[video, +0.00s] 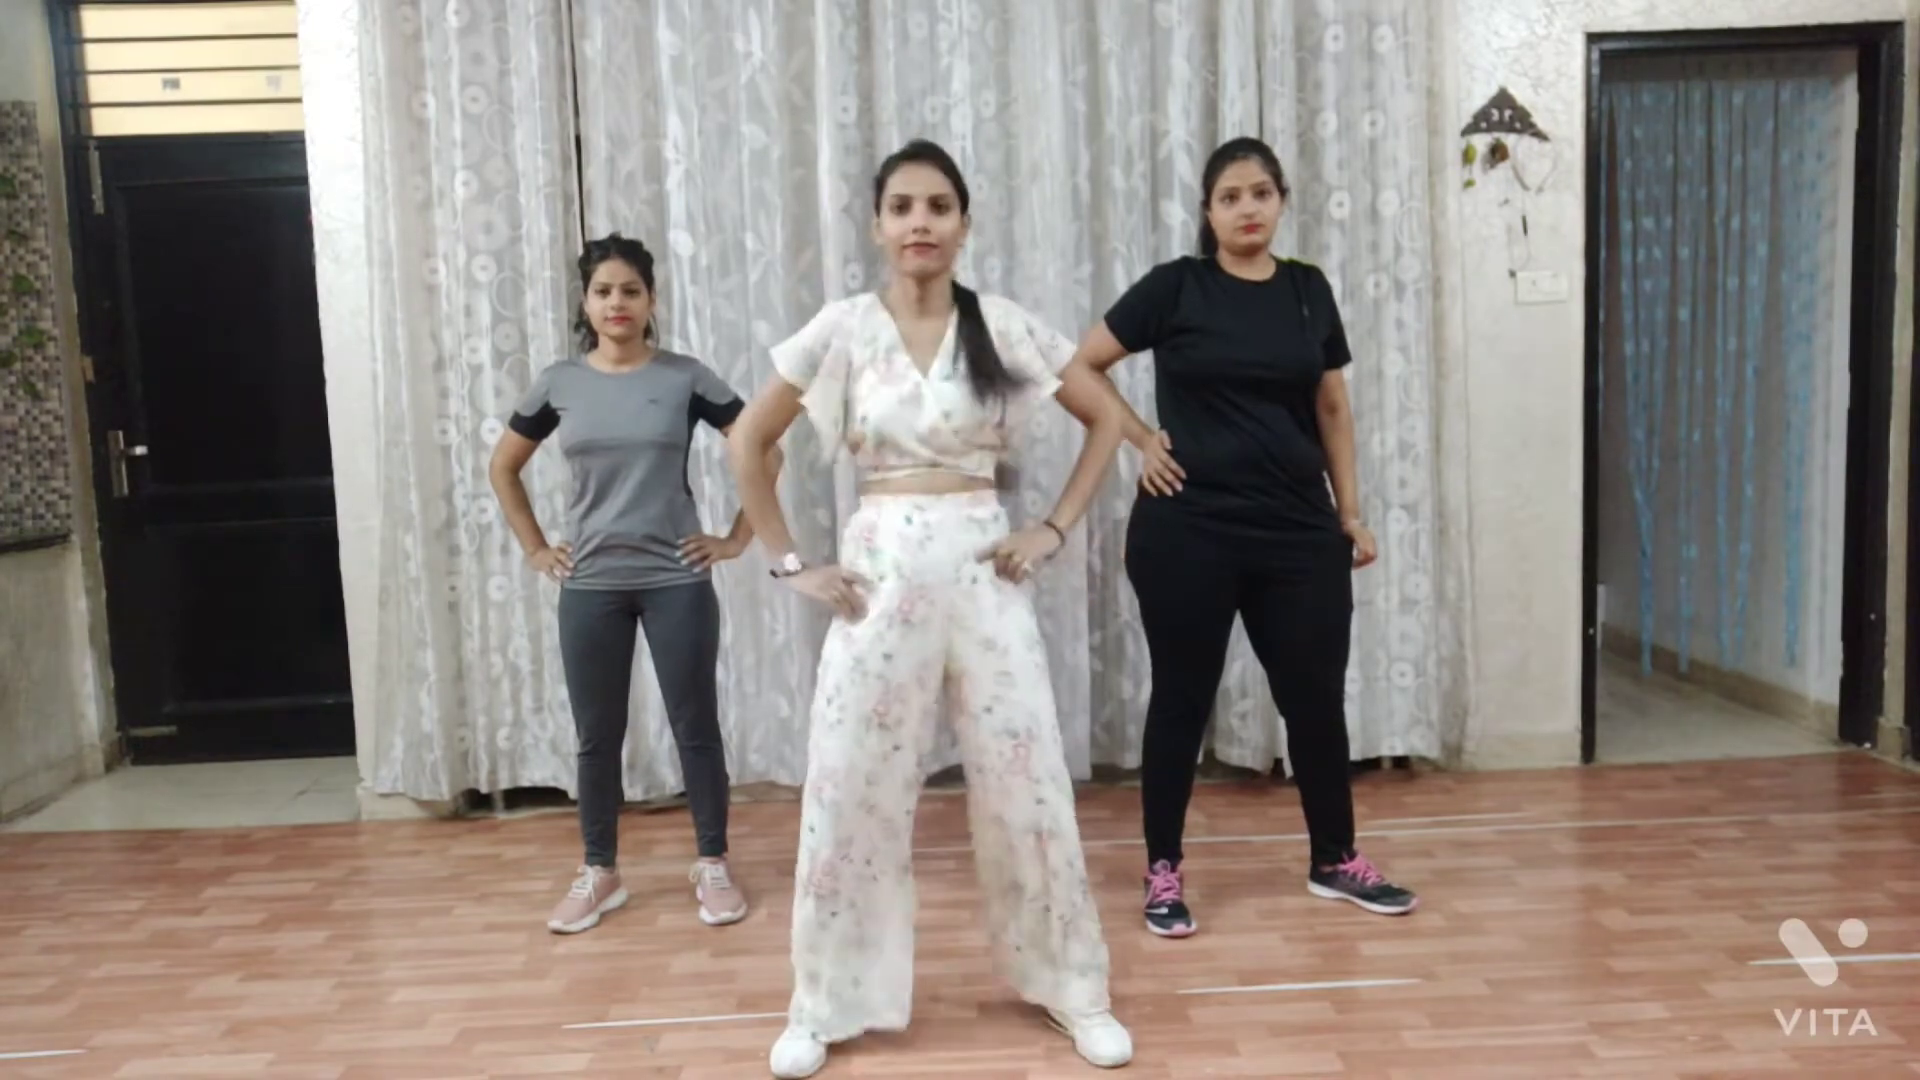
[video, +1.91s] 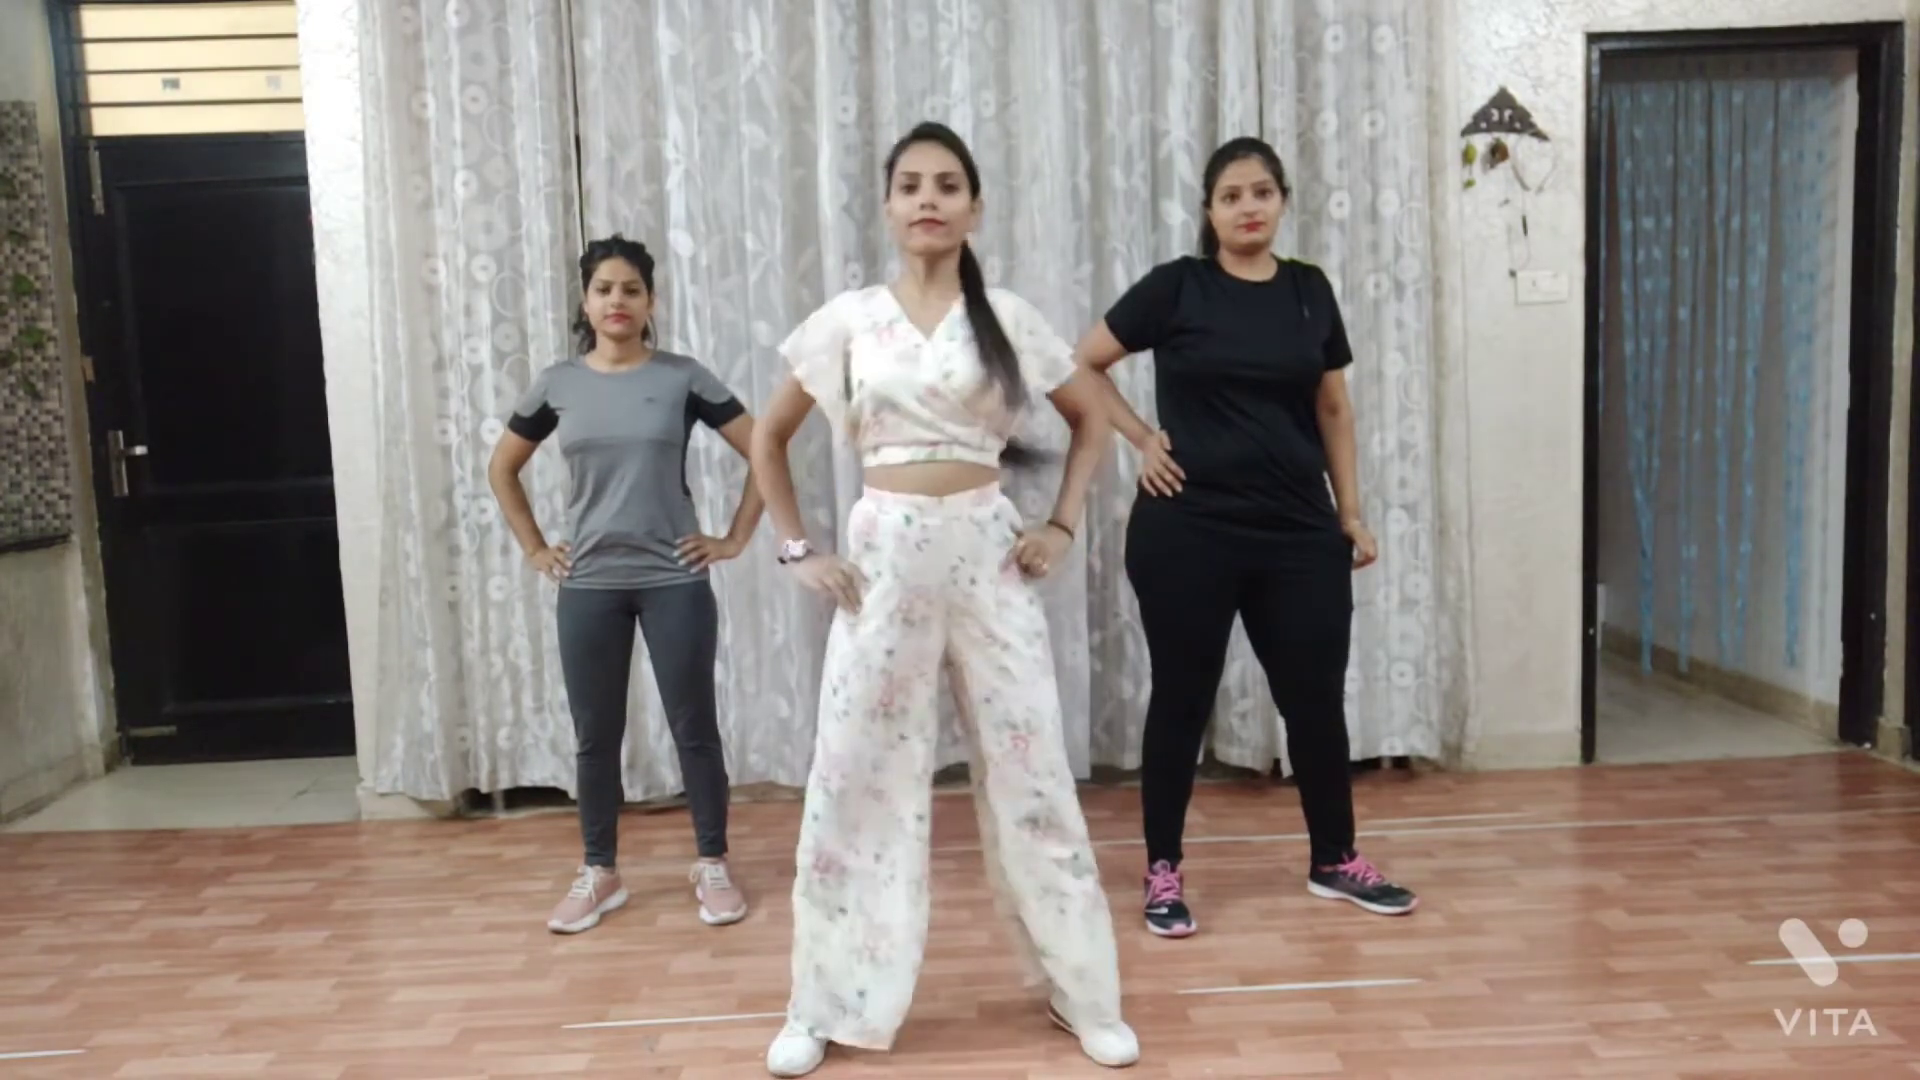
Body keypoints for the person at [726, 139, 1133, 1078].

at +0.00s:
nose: (919, 224)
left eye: (937, 207)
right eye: (902, 207)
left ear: (963, 222)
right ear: (877, 223)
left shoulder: (1002, 327)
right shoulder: (839, 330)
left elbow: (1112, 422)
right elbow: (746, 446)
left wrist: (1051, 528)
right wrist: (800, 566)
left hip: (987, 580)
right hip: (878, 585)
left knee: (1033, 784)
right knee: (840, 794)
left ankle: (1076, 990)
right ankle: (819, 1007)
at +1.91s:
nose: (927, 202)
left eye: (945, 187)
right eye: (910, 187)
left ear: (974, 206)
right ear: (886, 205)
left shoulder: (1007, 320)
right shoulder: (845, 322)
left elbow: (1093, 422)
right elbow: (764, 439)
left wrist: (1061, 526)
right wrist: (804, 553)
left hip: (989, 561)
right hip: (881, 566)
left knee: (1035, 776)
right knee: (844, 781)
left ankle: (1088, 997)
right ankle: (817, 1007)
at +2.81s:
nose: (916, 224)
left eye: (934, 209)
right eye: (899, 213)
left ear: (967, 228)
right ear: (877, 238)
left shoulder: (1007, 344)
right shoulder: (847, 347)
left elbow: (1053, 446)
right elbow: (763, 448)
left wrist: (1087, 523)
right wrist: (704, 520)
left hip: (971, 601)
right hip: (867, 593)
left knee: (990, 812)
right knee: (797, 791)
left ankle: (949, 1006)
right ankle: (775, 1007)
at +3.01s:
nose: (927, 230)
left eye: (944, 215)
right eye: (908, 219)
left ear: (975, 236)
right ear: (887, 244)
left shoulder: (1021, 342)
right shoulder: (856, 349)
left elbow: (1120, 424)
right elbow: (738, 428)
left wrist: (1198, 494)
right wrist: (632, 491)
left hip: (975, 608)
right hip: (879, 600)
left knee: (991, 822)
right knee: (785, 798)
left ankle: (926, 1003)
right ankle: (662, 1013)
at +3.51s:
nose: (926, 238)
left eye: (944, 224)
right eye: (907, 228)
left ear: (974, 250)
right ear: (885, 256)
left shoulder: (1009, 341)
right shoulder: (864, 348)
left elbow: (1131, 372)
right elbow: (772, 378)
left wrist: (1248, 404)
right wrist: (675, 408)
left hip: (972, 606)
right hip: (871, 599)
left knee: (983, 823)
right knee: (768, 797)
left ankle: (948, 1030)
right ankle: (646, 1014)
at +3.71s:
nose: (933, 240)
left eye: (950, 227)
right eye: (916, 228)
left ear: (979, 247)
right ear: (891, 250)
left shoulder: (1005, 343)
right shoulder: (866, 341)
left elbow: (1072, 373)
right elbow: (812, 357)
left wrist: (1141, 405)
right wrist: (754, 380)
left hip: (971, 605)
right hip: (872, 596)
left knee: (986, 822)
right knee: (769, 789)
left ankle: (949, 1024)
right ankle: (646, 1010)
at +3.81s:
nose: (938, 241)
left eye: (954, 227)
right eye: (919, 228)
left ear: (980, 245)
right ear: (894, 247)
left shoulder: (1006, 338)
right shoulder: (871, 333)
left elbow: (1040, 375)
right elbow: (858, 349)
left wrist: (1068, 412)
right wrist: (861, 357)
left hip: (967, 597)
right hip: (874, 590)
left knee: (983, 813)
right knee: (772, 785)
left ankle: (951, 1023)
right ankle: (648, 1007)